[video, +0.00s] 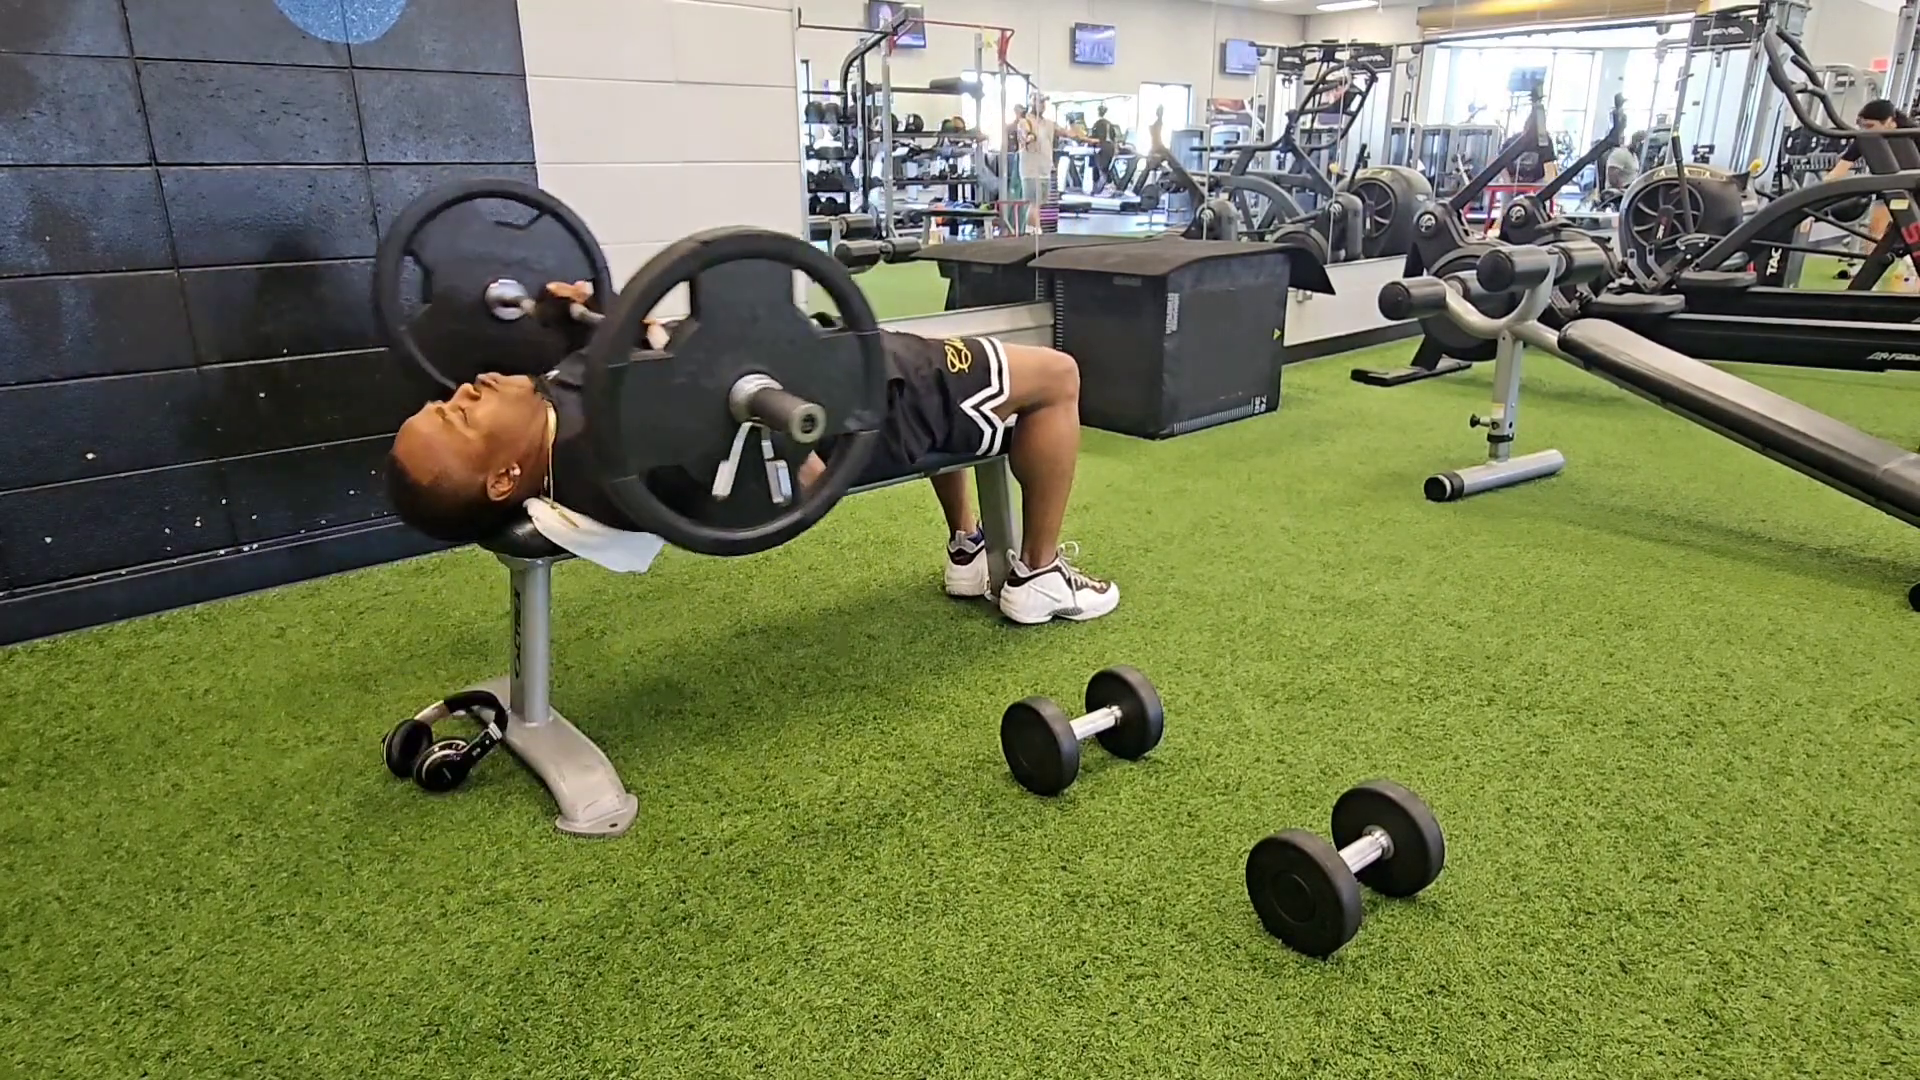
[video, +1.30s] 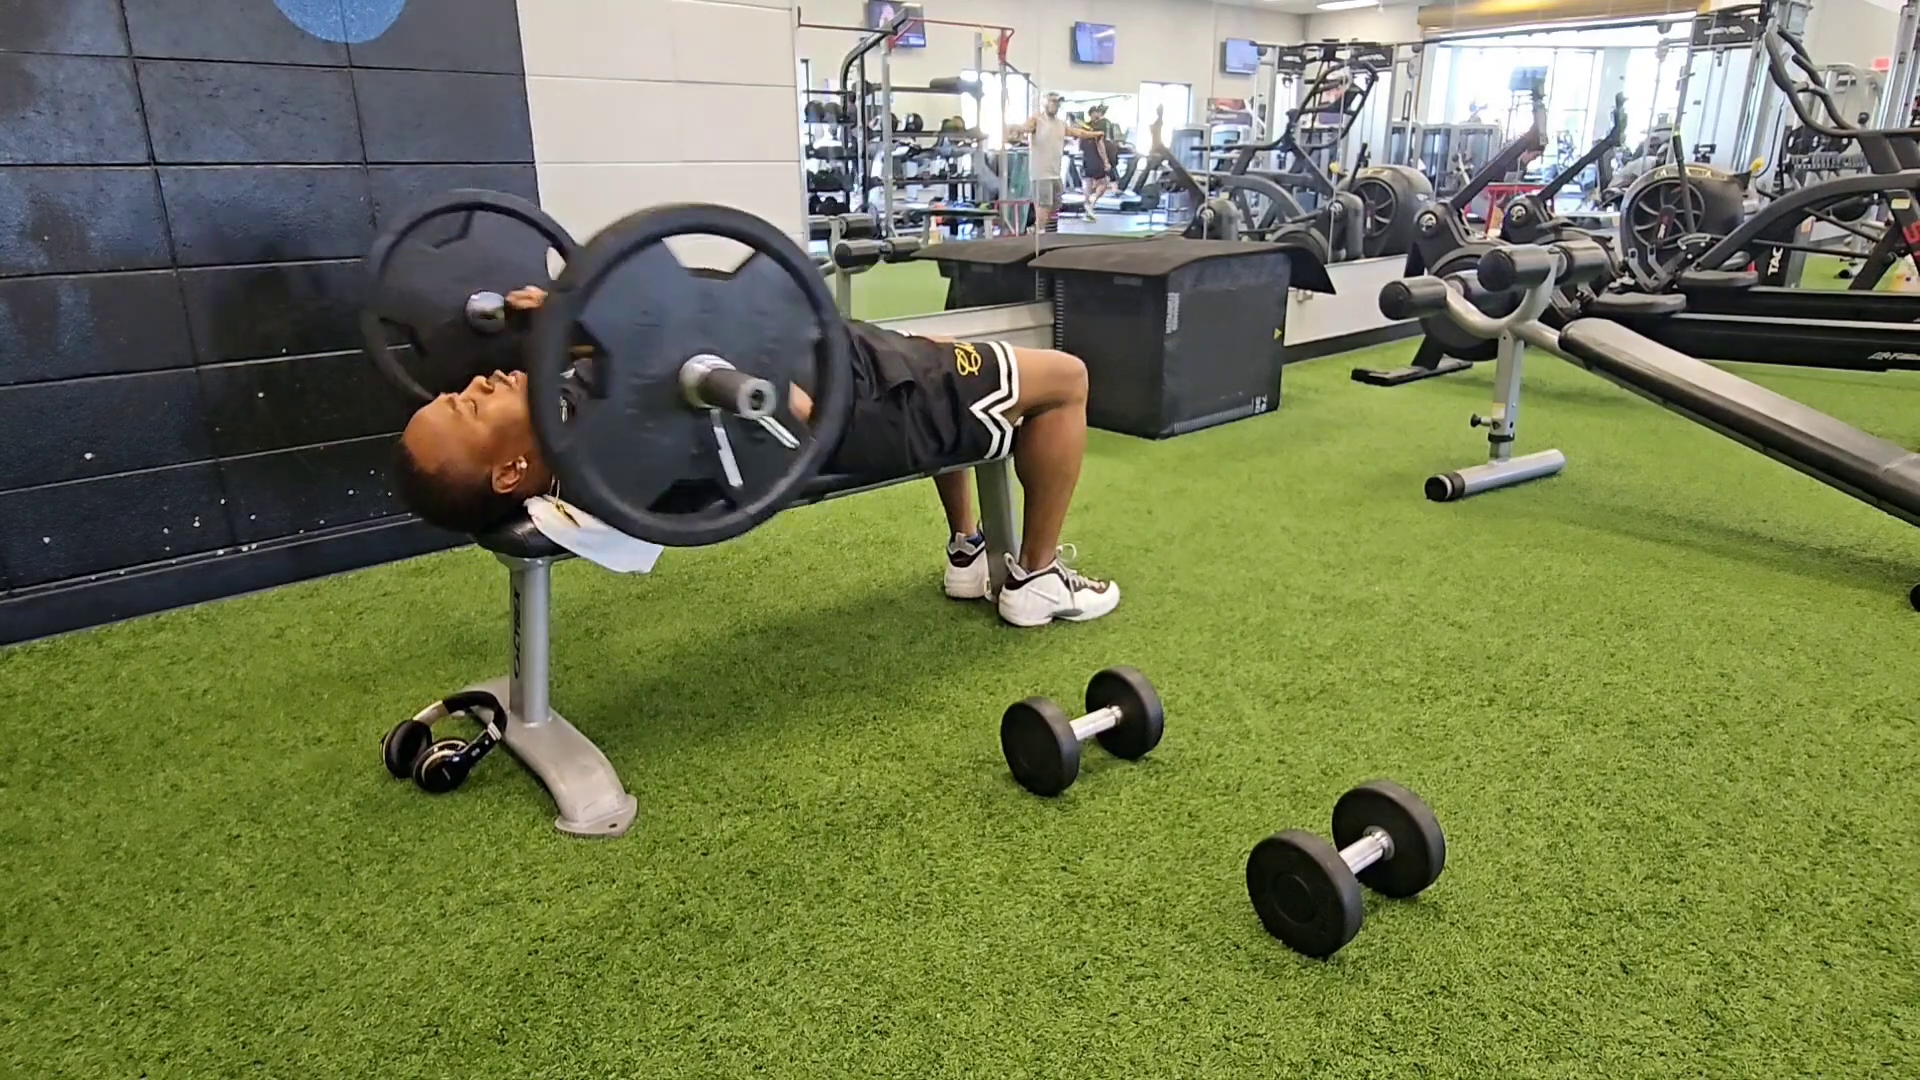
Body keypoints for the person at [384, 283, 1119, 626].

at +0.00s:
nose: (466, 383)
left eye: (445, 403)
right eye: (460, 413)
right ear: (509, 476)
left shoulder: (540, 401)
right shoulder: (610, 463)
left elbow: (648, 369)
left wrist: (599, 326)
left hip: (773, 381)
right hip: (836, 427)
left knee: (923, 343)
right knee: (1056, 374)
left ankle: (969, 543)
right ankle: (1040, 574)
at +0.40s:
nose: (468, 378)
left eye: (443, 393)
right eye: (459, 408)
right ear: (500, 474)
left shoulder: (555, 398)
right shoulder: (612, 463)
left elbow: (619, 330)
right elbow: (733, 447)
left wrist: (618, 251)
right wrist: (742, 335)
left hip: (790, 372)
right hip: (837, 418)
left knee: (936, 351)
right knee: (1061, 378)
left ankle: (970, 550)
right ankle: (1038, 576)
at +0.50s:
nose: (466, 380)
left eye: (447, 397)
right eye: (460, 410)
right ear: (509, 475)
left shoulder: (541, 394)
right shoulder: (617, 458)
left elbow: (586, 308)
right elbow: (723, 357)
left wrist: (590, 194)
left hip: (800, 348)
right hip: (843, 396)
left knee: (937, 362)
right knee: (1061, 377)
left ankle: (968, 546)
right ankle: (1040, 578)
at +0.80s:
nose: (465, 379)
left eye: (441, 393)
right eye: (453, 411)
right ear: (501, 480)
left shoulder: (545, 401)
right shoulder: (611, 463)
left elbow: (579, 328)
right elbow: (723, 408)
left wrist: (577, 220)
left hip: (795, 365)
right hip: (840, 405)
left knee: (933, 348)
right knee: (1053, 377)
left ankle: (969, 548)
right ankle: (1038, 575)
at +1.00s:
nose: (467, 375)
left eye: (446, 395)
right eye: (462, 404)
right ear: (513, 470)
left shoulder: (549, 395)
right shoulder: (620, 469)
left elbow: (671, 358)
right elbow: (750, 473)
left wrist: (623, 318)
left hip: (780, 380)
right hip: (844, 424)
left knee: (935, 348)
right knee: (1063, 377)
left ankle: (969, 547)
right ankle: (1039, 578)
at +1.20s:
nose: (475, 377)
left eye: (453, 389)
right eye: (465, 405)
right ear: (511, 477)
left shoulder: (556, 397)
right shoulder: (614, 461)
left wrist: (597, 332)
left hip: (796, 370)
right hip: (849, 420)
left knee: (936, 343)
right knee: (1063, 377)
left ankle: (969, 548)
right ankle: (1040, 576)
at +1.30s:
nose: (478, 379)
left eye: (461, 388)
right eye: (472, 404)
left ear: (491, 374)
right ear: (514, 476)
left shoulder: (544, 384)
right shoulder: (600, 460)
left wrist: (553, 309)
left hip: (798, 354)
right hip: (849, 404)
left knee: (940, 344)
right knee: (1067, 380)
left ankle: (969, 546)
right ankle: (1041, 575)